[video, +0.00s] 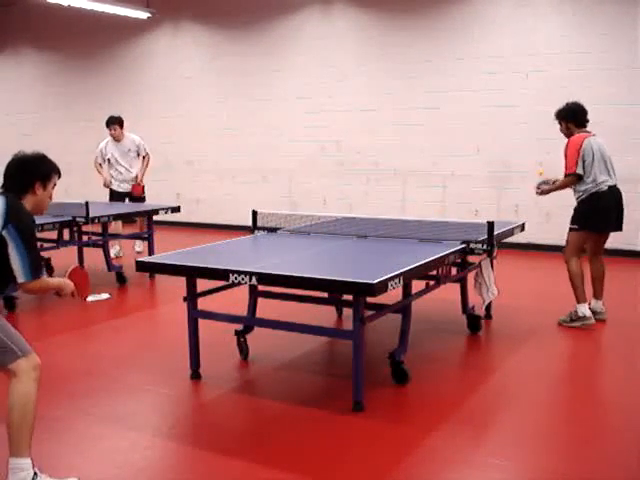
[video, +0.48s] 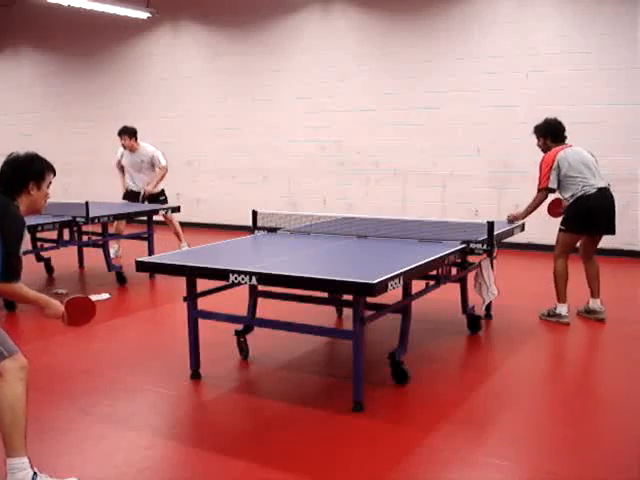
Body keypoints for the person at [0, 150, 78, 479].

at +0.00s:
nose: (52, 196)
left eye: (53, 188)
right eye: (51, 188)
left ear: (25, 185)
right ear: (36, 187)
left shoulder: (7, 210)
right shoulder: (15, 218)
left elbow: (25, 279)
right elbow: (28, 283)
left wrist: (51, 281)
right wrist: (58, 283)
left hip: (1, 314)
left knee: (23, 365)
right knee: (26, 366)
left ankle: (20, 466)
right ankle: (20, 469)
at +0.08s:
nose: (51, 197)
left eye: (52, 190)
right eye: (50, 189)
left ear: (25, 186)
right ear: (35, 187)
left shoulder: (8, 210)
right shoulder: (15, 218)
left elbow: (20, 279)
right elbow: (25, 283)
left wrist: (50, 283)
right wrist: (56, 284)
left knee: (22, 366)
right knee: (26, 367)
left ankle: (20, 466)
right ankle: (20, 469)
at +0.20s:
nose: (50, 195)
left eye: (50, 187)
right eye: (48, 187)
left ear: (25, 185)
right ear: (33, 186)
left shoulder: (8, 213)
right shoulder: (13, 217)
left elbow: (14, 281)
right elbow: (16, 285)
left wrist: (51, 290)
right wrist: (57, 290)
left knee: (19, 366)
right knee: (24, 367)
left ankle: (20, 466)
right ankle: (20, 469)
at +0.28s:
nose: (49, 195)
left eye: (49, 187)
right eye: (47, 186)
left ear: (25, 186)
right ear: (31, 186)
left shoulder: (9, 215)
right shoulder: (12, 218)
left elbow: (11, 282)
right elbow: (7, 284)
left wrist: (51, 296)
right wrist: (52, 297)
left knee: (15, 366)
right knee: (17, 366)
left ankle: (19, 467)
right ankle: (19, 469)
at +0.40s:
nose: (48, 195)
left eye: (49, 187)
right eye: (47, 187)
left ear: (25, 187)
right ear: (30, 187)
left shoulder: (8, 215)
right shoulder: (10, 218)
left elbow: (8, 283)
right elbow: (6, 284)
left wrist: (47, 298)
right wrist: (48, 300)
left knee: (14, 366)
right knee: (15, 366)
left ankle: (18, 466)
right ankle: (18, 469)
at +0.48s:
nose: (48, 195)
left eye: (49, 188)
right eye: (46, 188)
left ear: (25, 187)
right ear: (30, 188)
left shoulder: (8, 215)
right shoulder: (10, 219)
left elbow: (7, 282)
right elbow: (5, 283)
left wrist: (42, 298)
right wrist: (43, 301)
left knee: (14, 366)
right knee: (15, 366)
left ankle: (18, 467)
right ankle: (18, 469)